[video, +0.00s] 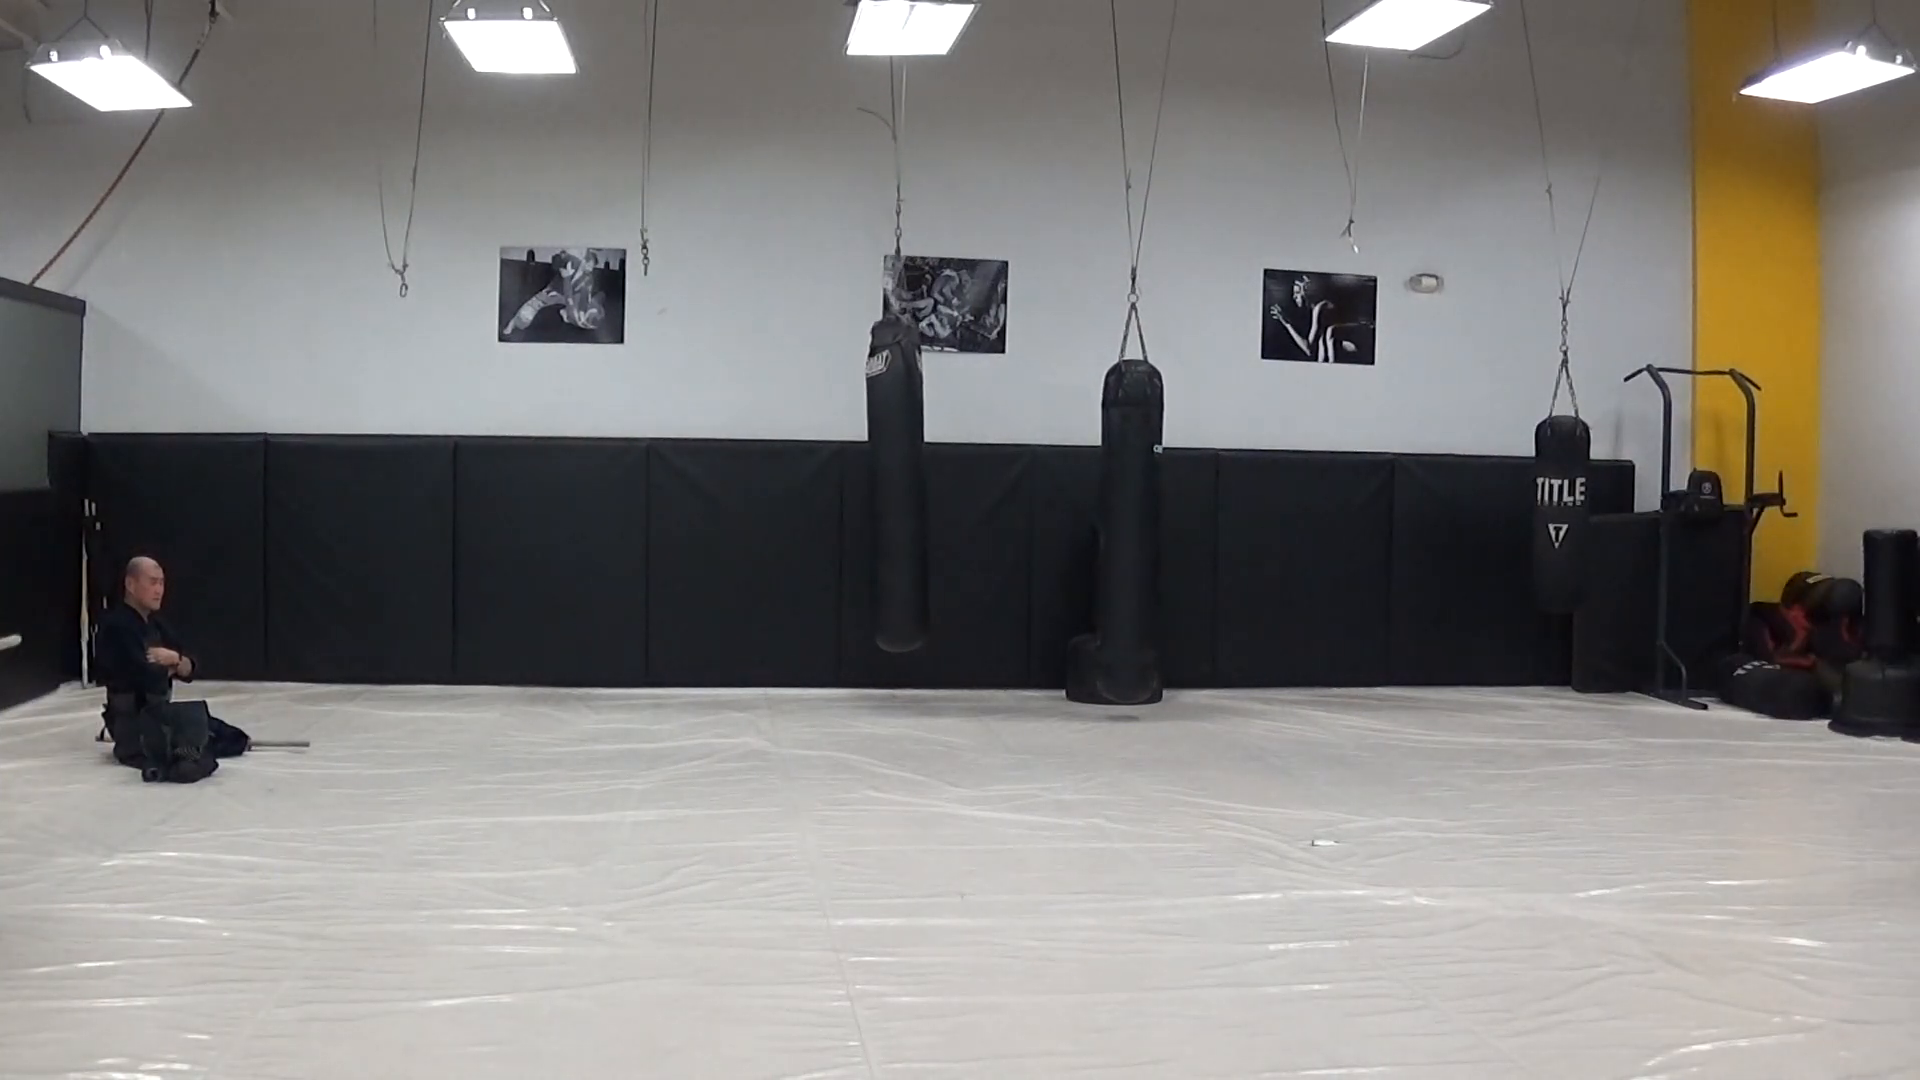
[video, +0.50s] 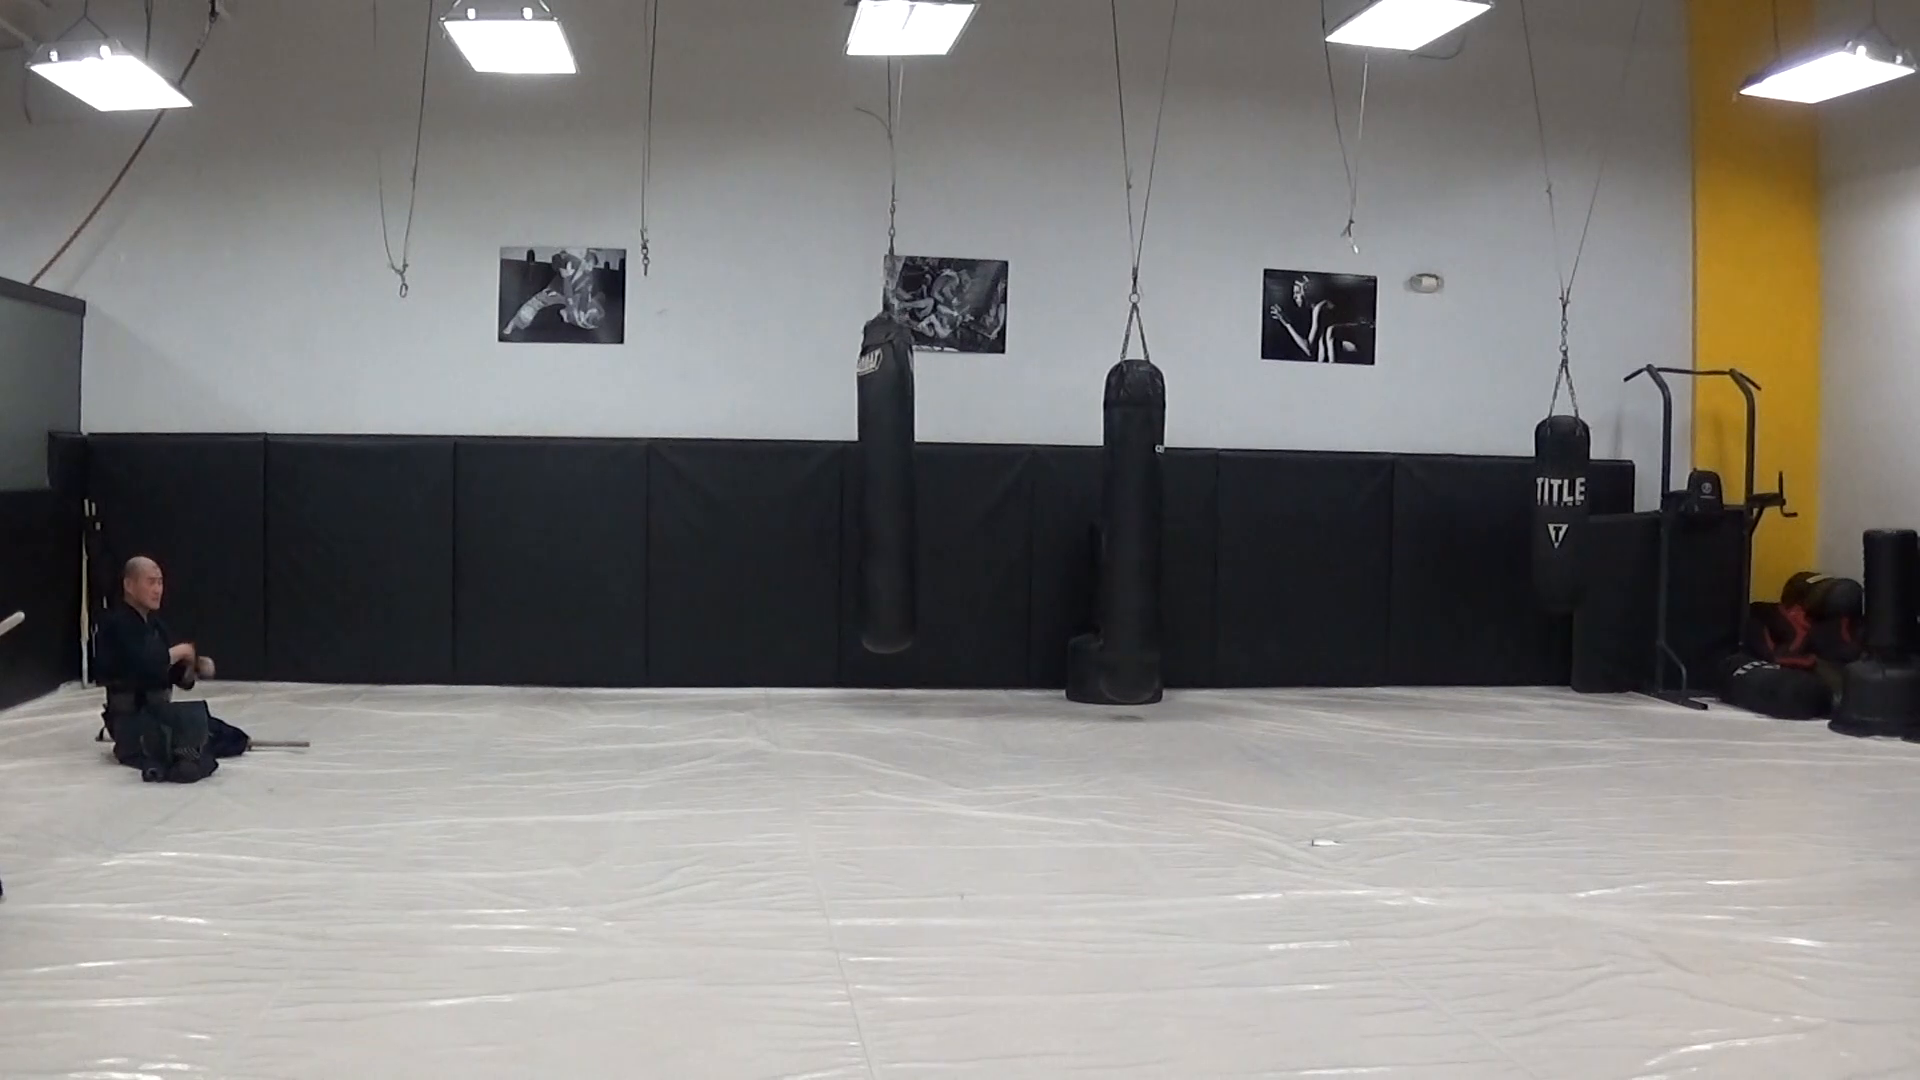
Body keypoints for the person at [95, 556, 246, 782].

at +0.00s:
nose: (160, 590)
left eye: (162, 583)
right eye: (153, 582)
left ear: (164, 585)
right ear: (130, 584)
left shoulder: (156, 623)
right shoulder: (115, 624)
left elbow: (190, 671)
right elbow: (142, 678)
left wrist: (176, 659)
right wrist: (173, 667)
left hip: (162, 721)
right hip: (133, 732)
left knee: (237, 740)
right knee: (200, 760)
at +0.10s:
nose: (160, 590)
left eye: (161, 583)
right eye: (153, 582)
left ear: (164, 585)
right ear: (130, 585)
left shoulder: (156, 622)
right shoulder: (115, 625)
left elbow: (190, 671)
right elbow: (141, 677)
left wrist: (175, 658)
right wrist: (173, 667)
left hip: (160, 719)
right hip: (131, 728)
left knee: (237, 739)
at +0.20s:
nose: (159, 590)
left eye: (161, 583)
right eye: (152, 582)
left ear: (164, 586)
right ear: (129, 585)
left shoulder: (156, 623)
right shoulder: (116, 625)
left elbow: (191, 671)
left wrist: (175, 659)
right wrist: (172, 667)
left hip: (162, 719)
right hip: (130, 726)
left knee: (237, 740)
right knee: (198, 761)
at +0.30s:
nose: (159, 589)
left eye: (160, 583)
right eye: (152, 582)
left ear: (163, 585)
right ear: (129, 585)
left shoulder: (157, 623)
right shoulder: (114, 623)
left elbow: (192, 671)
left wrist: (178, 659)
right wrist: (172, 667)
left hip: (162, 717)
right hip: (129, 724)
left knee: (236, 740)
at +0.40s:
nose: (159, 589)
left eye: (160, 583)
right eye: (152, 582)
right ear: (129, 585)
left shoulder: (156, 624)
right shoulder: (115, 625)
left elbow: (182, 678)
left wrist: (189, 662)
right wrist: (166, 661)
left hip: (162, 720)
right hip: (130, 728)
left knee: (236, 740)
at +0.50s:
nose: (159, 589)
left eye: (160, 582)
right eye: (152, 582)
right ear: (129, 585)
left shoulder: (155, 623)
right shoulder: (114, 624)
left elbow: (169, 674)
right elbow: (136, 664)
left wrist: (190, 669)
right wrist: (175, 654)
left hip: (162, 716)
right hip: (129, 723)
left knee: (236, 740)